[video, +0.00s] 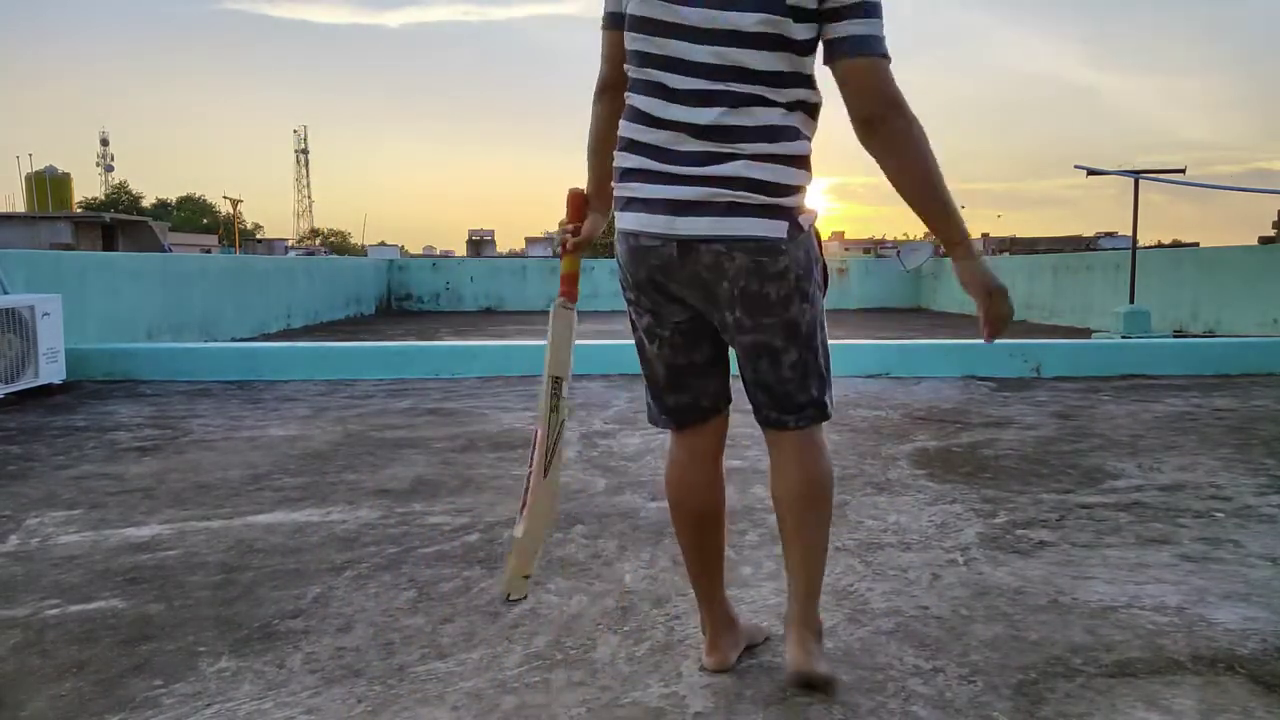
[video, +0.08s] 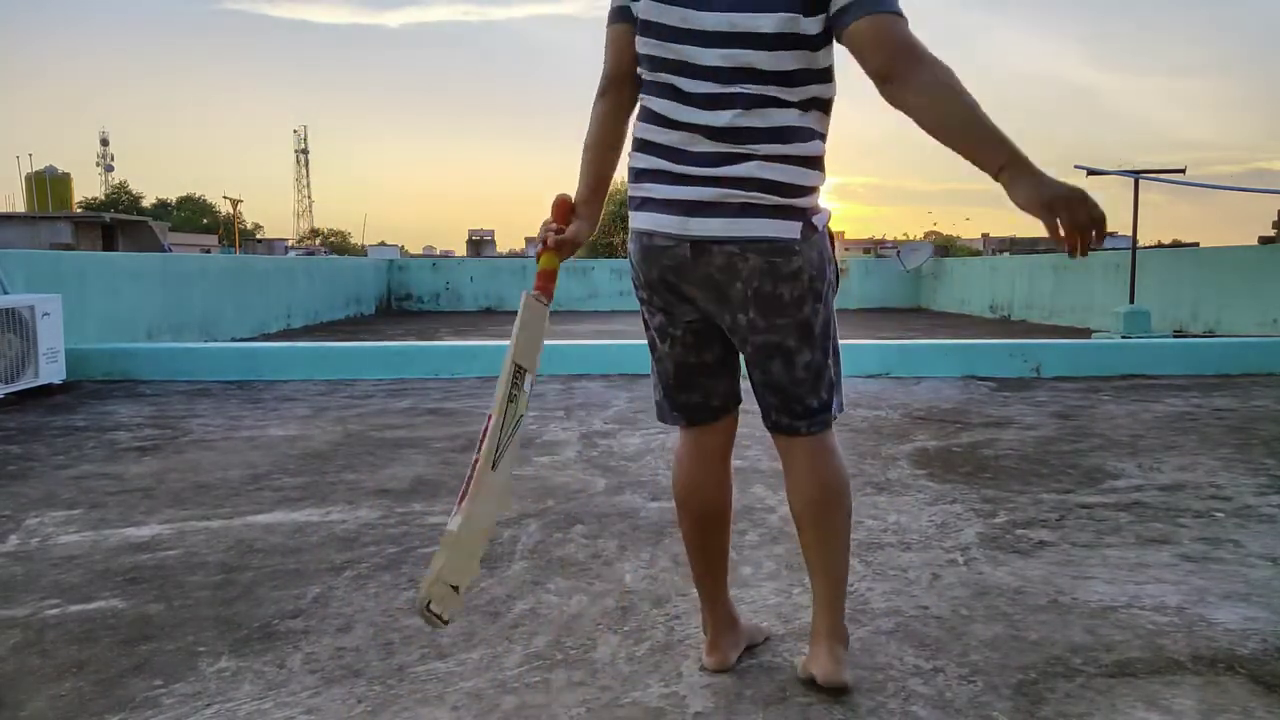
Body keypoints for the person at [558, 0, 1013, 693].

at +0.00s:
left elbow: (611, 87)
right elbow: (876, 112)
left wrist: (598, 195)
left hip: (647, 230)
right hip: (759, 231)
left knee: (691, 426)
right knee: (794, 425)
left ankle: (716, 630)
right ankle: (803, 636)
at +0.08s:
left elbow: (616, 83)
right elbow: (899, 67)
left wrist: (586, 203)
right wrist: (1020, 175)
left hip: (662, 233)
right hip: (773, 237)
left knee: (700, 424)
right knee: (804, 430)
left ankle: (718, 629)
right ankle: (828, 642)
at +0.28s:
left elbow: (627, 41)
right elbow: (904, 10)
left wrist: (551, 127)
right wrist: (1011, 40)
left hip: (694, 223)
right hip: (809, 220)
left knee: (720, 418)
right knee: (818, 432)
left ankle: (720, 629)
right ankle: (819, 665)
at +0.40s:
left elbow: (635, 19)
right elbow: (914, 32)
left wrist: (552, 96)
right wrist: (1007, 129)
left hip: (705, 218)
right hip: (824, 216)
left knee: (721, 421)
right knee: (821, 434)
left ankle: (721, 628)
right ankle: (819, 672)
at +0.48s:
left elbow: (641, 16)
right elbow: (918, 74)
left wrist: (555, 91)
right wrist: (999, 227)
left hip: (706, 220)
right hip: (827, 220)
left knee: (718, 423)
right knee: (823, 435)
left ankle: (721, 626)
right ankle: (821, 674)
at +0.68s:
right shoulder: (906, 0)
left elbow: (648, 10)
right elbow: (906, 116)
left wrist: (566, 123)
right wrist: (898, 214)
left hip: (702, 217)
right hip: (830, 223)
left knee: (702, 427)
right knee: (825, 442)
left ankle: (701, 633)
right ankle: (822, 676)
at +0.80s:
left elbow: (643, 16)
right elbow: (878, 98)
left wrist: (561, 153)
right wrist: (814, 168)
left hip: (692, 216)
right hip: (822, 221)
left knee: (673, 428)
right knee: (822, 444)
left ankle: (660, 646)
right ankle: (823, 674)